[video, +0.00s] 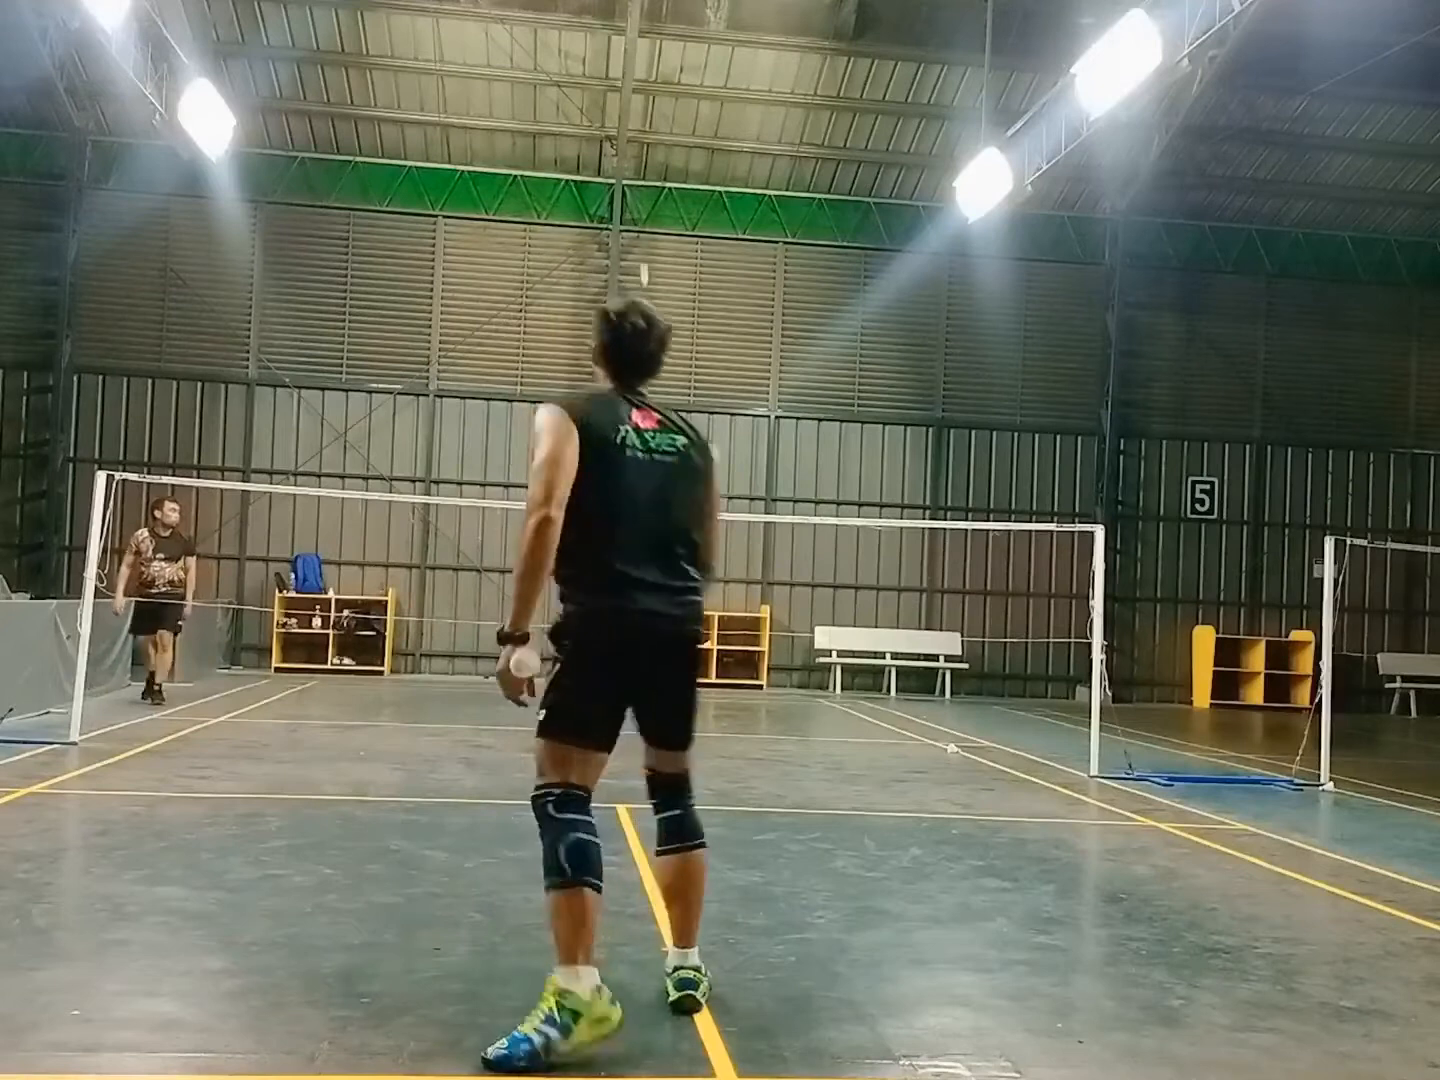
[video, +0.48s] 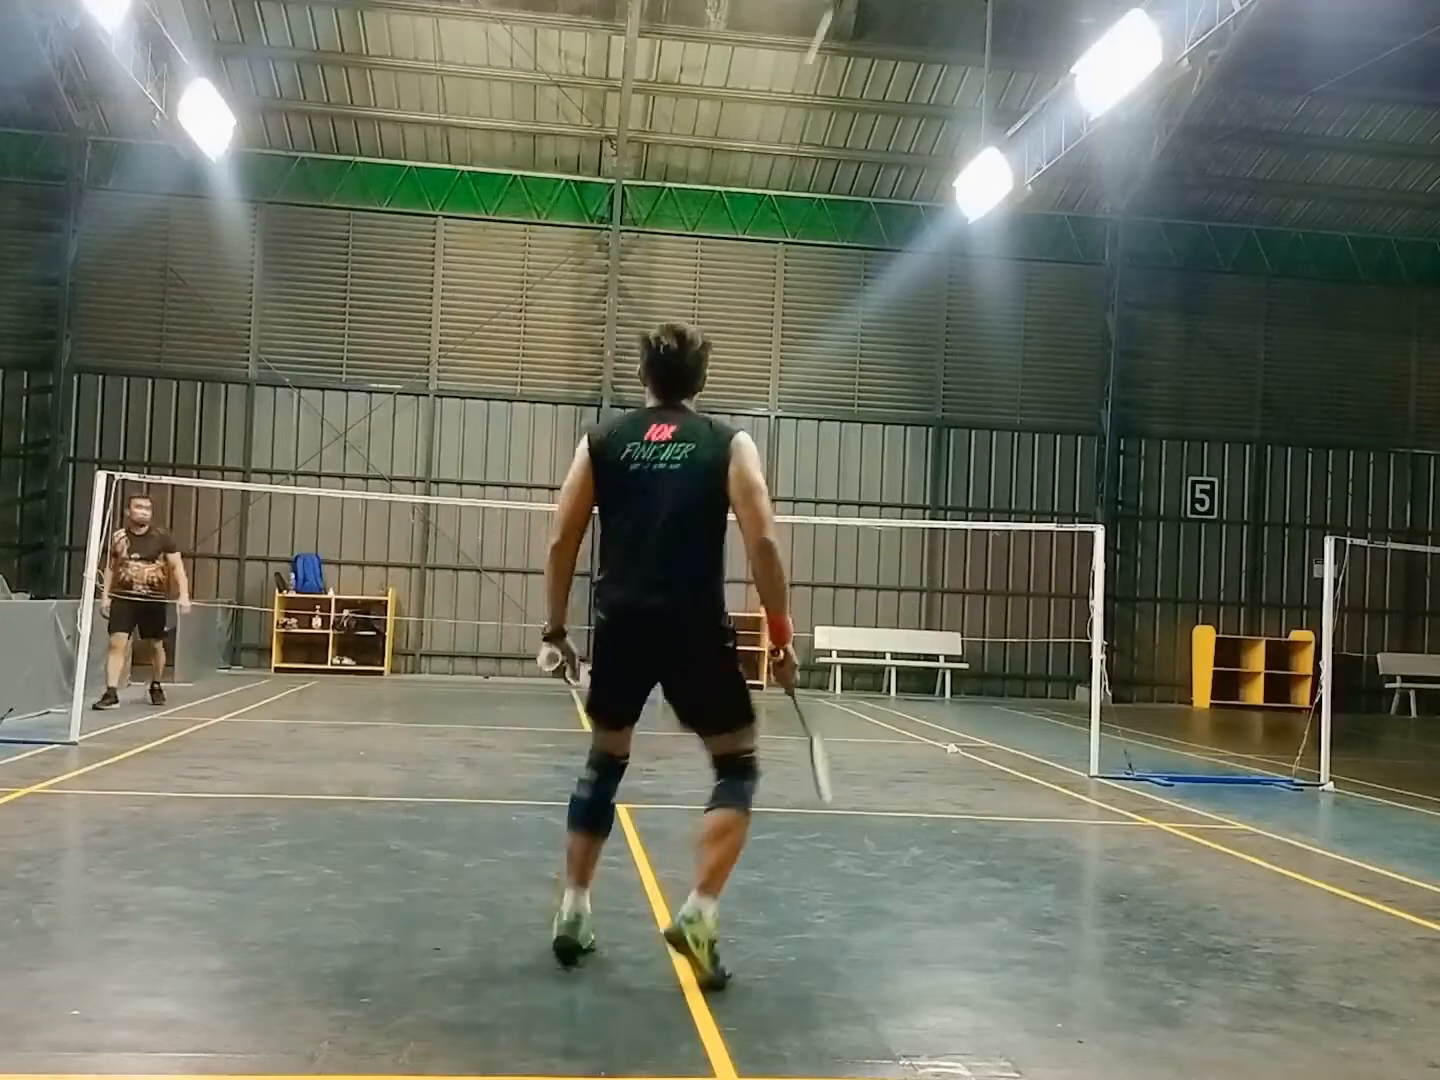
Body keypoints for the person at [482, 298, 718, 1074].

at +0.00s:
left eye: (598, 341)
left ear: (598, 353)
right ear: (657, 365)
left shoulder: (565, 416)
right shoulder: (693, 439)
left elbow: (546, 514)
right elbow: (706, 554)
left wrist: (518, 633)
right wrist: (660, 610)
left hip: (596, 630)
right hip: (675, 634)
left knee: (564, 791)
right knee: (672, 789)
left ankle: (578, 990)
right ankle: (686, 963)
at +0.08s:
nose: (608, 363)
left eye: (609, 355)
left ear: (614, 367)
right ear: (674, 376)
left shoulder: (577, 431)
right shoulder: (714, 451)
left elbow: (548, 525)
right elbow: (727, 569)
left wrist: (518, 641)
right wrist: (695, 630)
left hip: (607, 638)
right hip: (689, 643)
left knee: (559, 786)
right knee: (682, 795)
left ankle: (571, 967)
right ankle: (686, 962)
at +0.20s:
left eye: (636, 352)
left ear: (634, 360)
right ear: (695, 367)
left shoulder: (595, 421)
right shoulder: (734, 436)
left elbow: (560, 521)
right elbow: (766, 533)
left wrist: (536, 620)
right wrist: (759, 630)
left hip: (614, 625)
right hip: (696, 630)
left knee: (576, 771)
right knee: (689, 779)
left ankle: (583, 935)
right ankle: (688, 949)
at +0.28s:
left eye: (644, 344)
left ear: (639, 351)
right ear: (698, 357)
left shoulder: (599, 411)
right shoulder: (737, 425)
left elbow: (563, 513)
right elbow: (771, 522)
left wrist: (544, 606)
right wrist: (772, 619)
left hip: (615, 612)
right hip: (696, 617)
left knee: (590, 758)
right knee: (696, 768)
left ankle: (583, 927)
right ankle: (691, 929)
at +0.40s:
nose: (649, 376)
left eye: (643, 367)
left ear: (640, 371)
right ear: (698, 374)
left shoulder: (601, 428)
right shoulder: (732, 437)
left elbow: (561, 527)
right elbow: (768, 529)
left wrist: (550, 621)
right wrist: (779, 627)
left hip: (615, 625)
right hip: (695, 629)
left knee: (597, 769)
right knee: (710, 778)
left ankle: (572, 915)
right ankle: (688, 934)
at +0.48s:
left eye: (647, 374)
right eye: (694, 378)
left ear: (643, 379)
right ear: (700, 382)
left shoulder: (603, 438)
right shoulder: (728, 443)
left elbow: (565, 539)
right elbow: (761, 537)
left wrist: (554, 630)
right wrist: (780, 630)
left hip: (619, 630)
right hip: (694, 633)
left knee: (604, 763)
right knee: (736, 768)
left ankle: (575, 906)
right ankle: (700, 910)